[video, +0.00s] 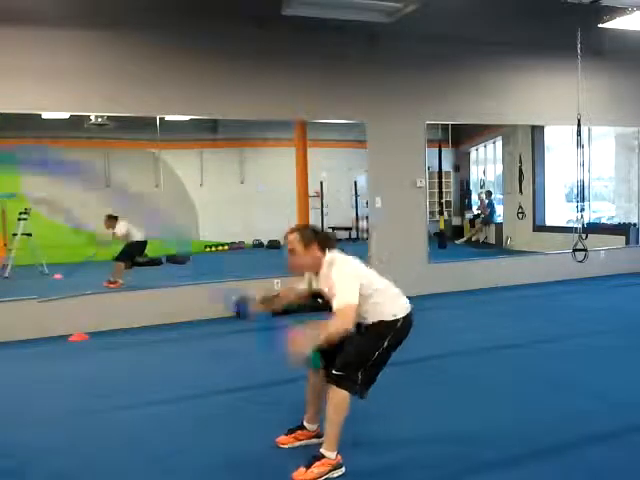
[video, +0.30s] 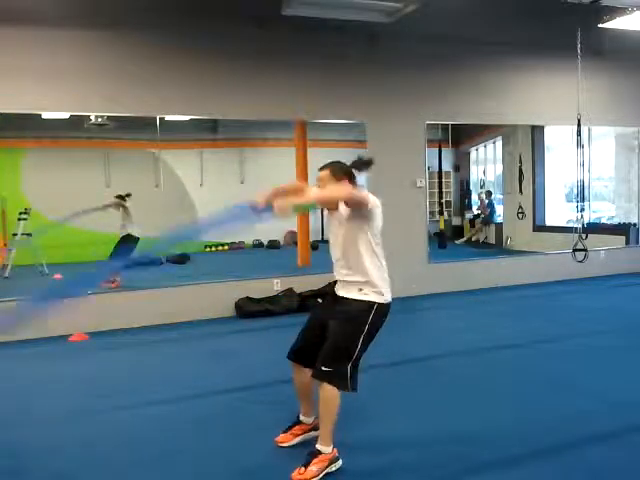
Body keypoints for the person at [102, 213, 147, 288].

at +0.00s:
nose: (105, 225)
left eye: (106, 223)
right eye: (105, 223)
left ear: (111, 221)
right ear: (113, 221)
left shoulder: (120, 225)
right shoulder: (121, 225)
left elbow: (121, 235)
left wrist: (115, 234)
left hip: (136, 241)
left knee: (120, 260)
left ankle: (117, 281)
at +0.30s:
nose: (114, 205)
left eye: (115, 203)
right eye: (115, 203)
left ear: (119, 202)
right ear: (123, 201)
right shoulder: (126, 210)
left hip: (129, 236)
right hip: (133, 236)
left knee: (115, 257)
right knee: (121, 260)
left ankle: (114, 279)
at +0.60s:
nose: (96, 225)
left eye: (97, 223)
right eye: (97, 223)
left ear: (101, 223)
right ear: (105, 222)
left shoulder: (109, 227)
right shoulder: (111, 226)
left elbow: (108, 240)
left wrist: (101, 246)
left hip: (128, 241)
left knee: (111, 260)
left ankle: (108, 281)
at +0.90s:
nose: (110, 207)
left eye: (111, 204)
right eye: (110, 205)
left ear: (114, 202)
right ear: (116, 201)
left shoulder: (120, 207)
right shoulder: (122, 207)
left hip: (125, 235)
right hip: (129, 235)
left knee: (111, 259)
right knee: (121, 264)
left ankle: (108, 281)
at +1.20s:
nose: (93, 224)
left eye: (94, 222)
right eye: (93, 222)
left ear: (100, 222)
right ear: (100, 222)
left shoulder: (107, 228)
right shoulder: (106, 228)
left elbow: (110, 243)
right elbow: (105, 243)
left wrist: (105, 255)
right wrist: (100, 255)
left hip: (128, 241)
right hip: (123, 242)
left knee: (111, 260)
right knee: (109, 259)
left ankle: (108, 281)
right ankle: (105, 280)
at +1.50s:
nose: (106, 207)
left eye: (108, 204)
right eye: (106, 204)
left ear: (113, 202)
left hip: (127, 235)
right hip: (122, 235)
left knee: (115, 259)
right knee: (110, 258)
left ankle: (110, 281)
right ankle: (106, 280)